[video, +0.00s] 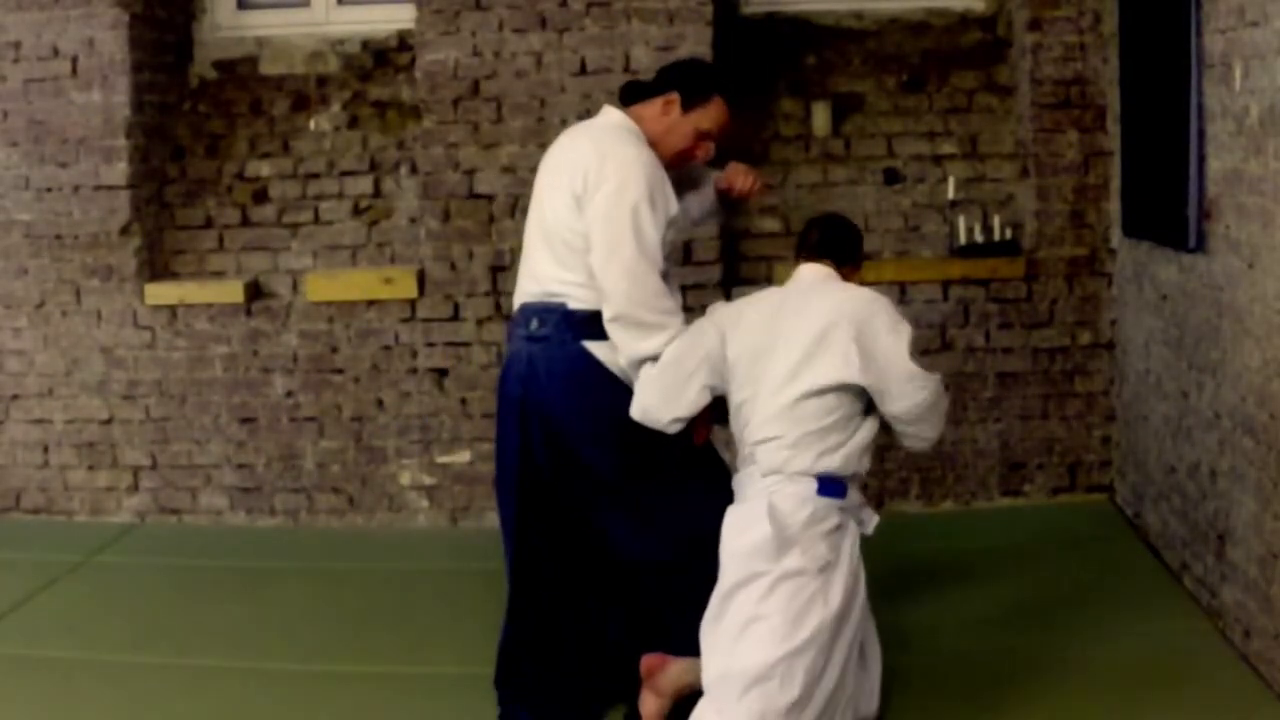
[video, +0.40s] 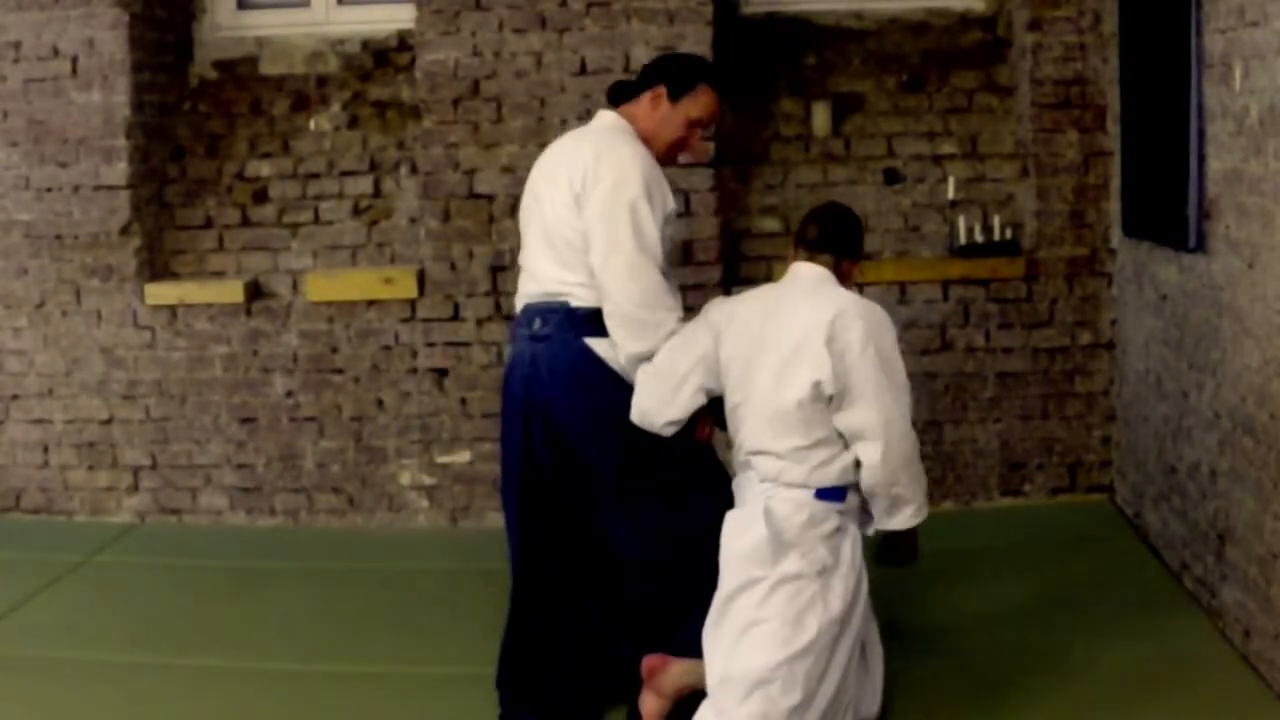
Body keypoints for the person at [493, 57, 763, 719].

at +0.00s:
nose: (702, 155)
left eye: (711, 144)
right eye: (702, 136)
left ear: (657, 107)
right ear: (668, 107)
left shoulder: (578, 142)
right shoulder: (624, 158)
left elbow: (643, 231)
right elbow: (632, 294)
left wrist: (714, 194)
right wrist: (689, 393)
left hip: (531, 357)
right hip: (587, 358)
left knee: (550, 548)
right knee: (687, 511)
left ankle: (541, 696)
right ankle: (671, 670)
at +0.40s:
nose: (695, 146)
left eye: (704, 133)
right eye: (695, 126)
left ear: (646, 100)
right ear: (656, 98)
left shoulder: (563, 151)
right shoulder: (620, 161)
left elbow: (550, 275)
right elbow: (635, 300)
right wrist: (687, 401)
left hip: (530, 352)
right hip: (589, 354)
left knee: (552, 540)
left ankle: (542, 695)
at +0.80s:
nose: (678, 133)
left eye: (686, 119)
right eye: (681, 114)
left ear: (628, 86)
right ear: (648, 89)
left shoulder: (518, 139)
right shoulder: (631, 147)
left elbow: (474, 239)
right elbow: (657, 269)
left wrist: (520, 296)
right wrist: (703, 378)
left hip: (518, 336)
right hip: (600, 326)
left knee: (521, 518)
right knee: (648, 498)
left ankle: (538, 681)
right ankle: (607, 666)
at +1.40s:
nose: (728, 79)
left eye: (730, 66)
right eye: (719, 64)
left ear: (679, 63)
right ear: (676, 59)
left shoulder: (653, 121)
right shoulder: (655, 130)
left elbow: (676, 239)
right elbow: (670, 247)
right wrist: (717, 349)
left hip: (650, 316)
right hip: (665, 323)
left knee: (635, 477)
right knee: (674, 482)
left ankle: (604, 628)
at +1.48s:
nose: (731, 76)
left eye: (735, 63)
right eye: (721, 62)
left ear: (692, 62)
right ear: (677, 58)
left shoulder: (688, 123)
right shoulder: (656, 130)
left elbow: (707, 218)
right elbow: (668, 243)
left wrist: (750, 254)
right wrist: (711, 346)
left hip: (706, 308)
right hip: (674, 318)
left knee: (703, 471)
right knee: (683, 474)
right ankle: (679, 624)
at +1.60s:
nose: (738, 67)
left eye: (742, 54)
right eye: (728, 53)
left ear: (710, 55)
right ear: (688, 51)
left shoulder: (716, 126)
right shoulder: (658, 131)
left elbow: (740, 216)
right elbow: (664, 242)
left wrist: (770, 253)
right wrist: (699, 340)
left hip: (737, 297)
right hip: (685, 306)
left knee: (740, 466)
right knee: (693, 472)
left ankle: (736, 611)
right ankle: (688, 622)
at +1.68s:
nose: (737, 61)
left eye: (741, 48)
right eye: (725, 48)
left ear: (736, 53)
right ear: (687, 50)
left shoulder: (734, 128)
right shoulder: (658, 129)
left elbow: (755, 220)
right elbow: (657, 234)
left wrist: (777, 307)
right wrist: (687, 331)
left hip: (744, 310)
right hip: (686, 315)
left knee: (749, 477)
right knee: (693, 485)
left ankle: (751, 624)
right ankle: (699, 639)